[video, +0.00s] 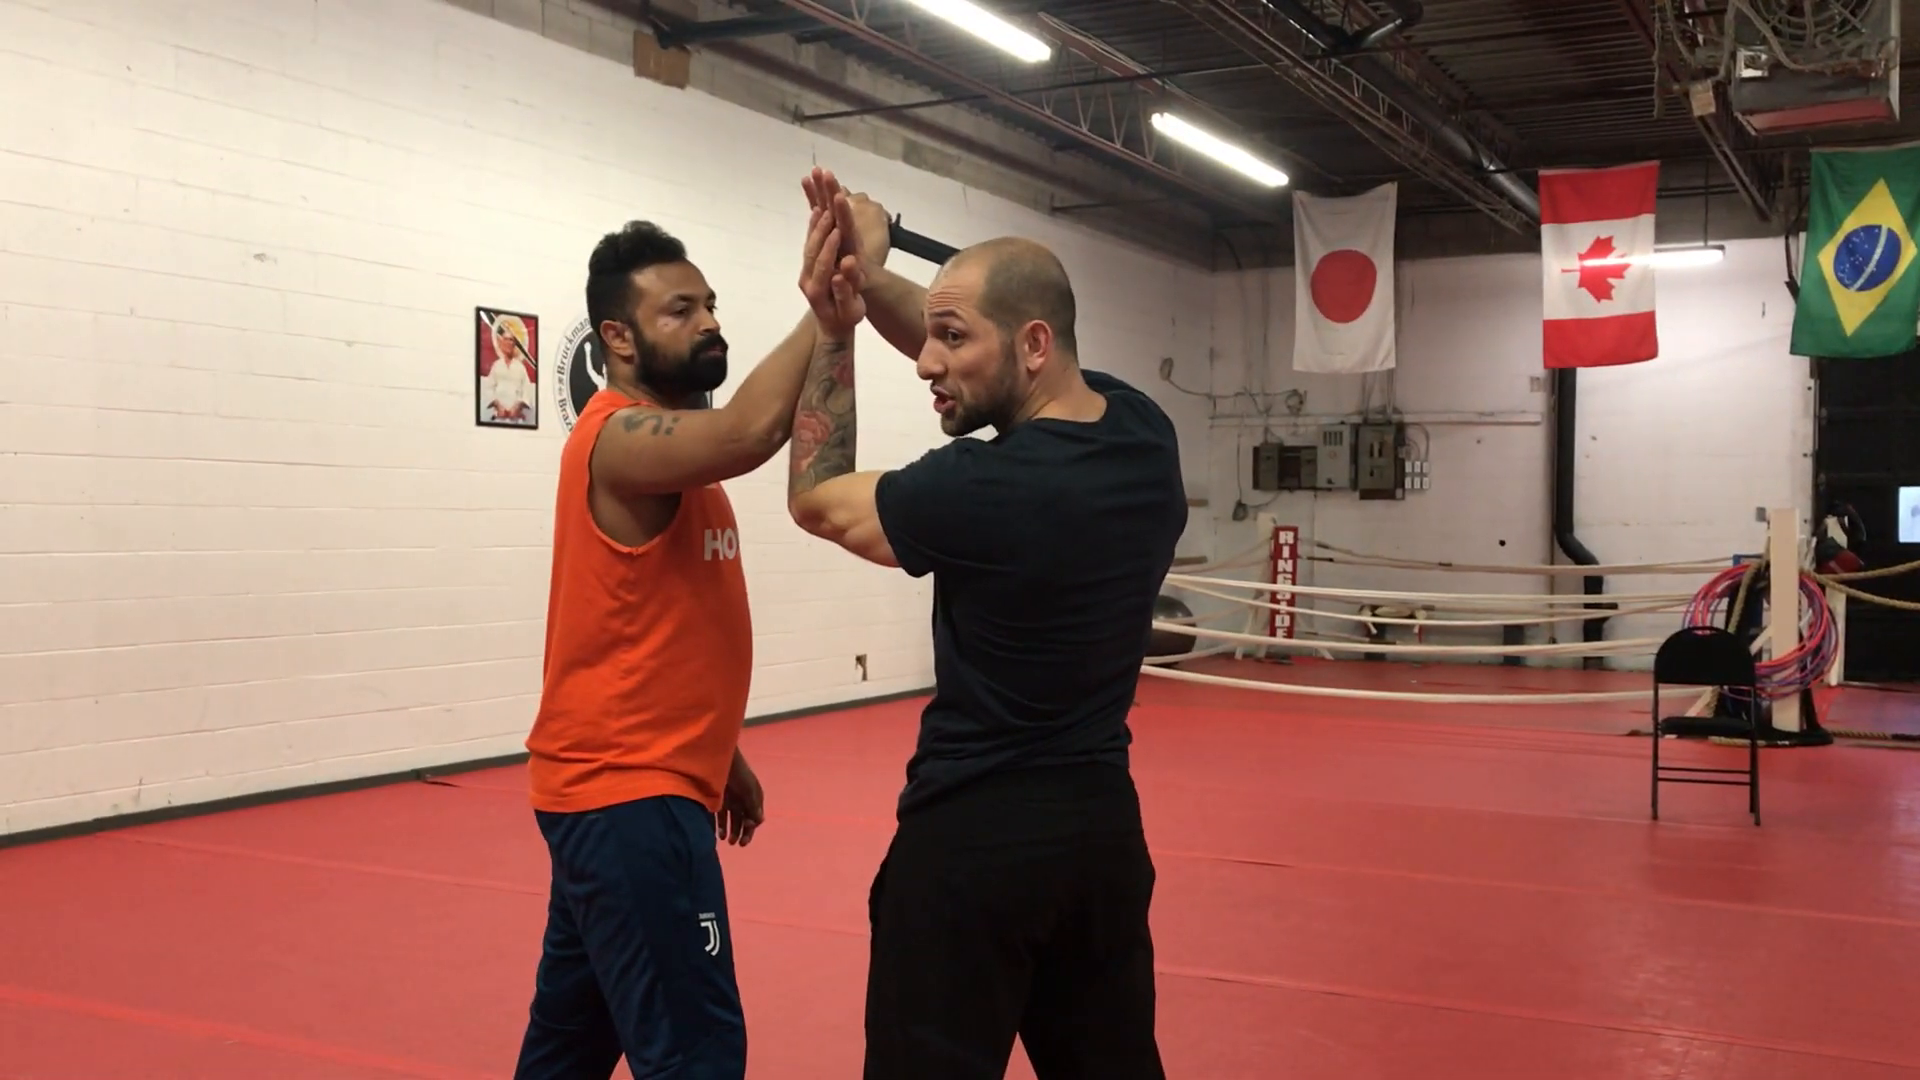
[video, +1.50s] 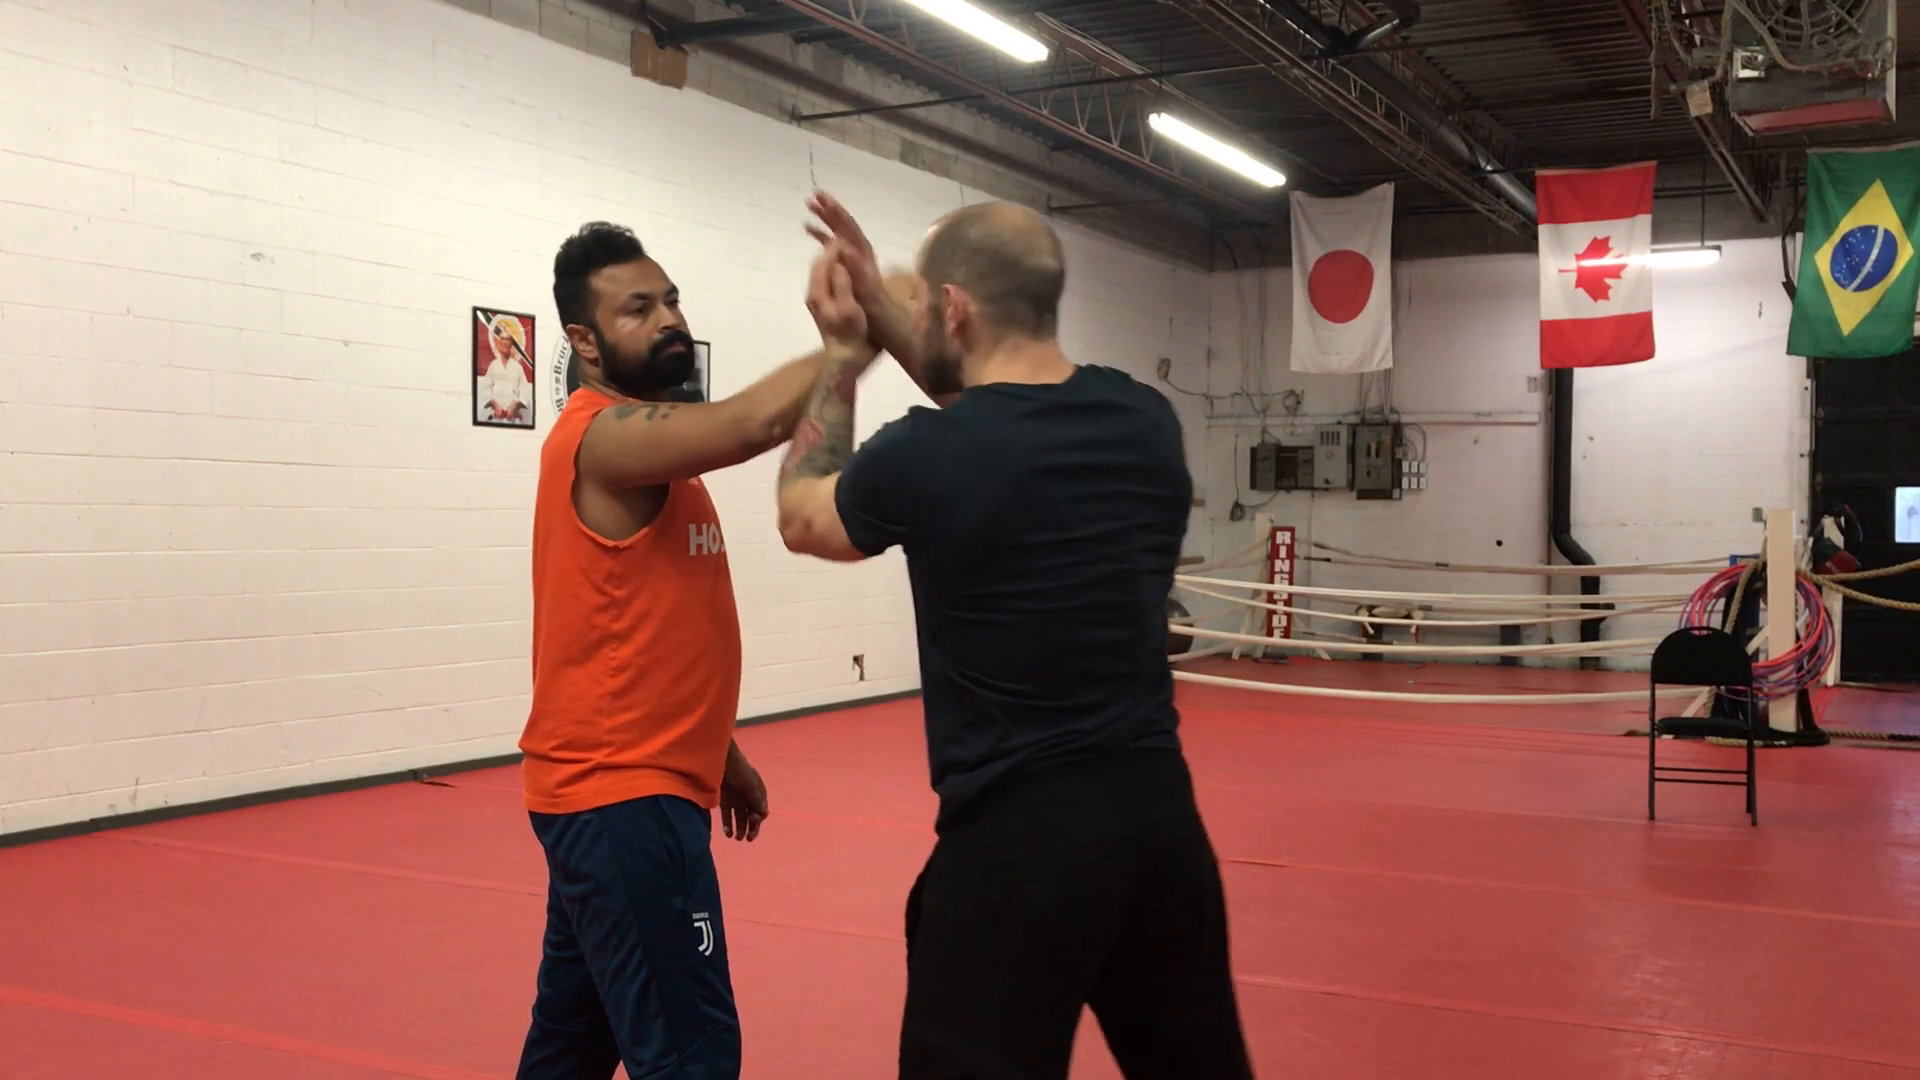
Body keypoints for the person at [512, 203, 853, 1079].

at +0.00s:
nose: (710, 327)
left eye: (709, 306)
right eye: (681, 311)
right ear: (616, 338)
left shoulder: (661, 430)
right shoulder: (620, 433)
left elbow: (650, 622)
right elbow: (744, 434)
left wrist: (718, 749)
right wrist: (823, 319)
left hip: (647, 782)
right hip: (621, 787)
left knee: (569, 1047)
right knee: (698, 1054)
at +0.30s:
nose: (705, 325)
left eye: (704, 306)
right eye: (676, 312)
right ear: (614, 338)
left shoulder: (655, 431)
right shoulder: (616, 432)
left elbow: (652, 624)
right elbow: (738, 436)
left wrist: (717, 750)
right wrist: (822, 316)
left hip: (644, 787)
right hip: (623, 793)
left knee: (565, 1049)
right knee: (696, 1054)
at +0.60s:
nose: (702, 327)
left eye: (702, 306)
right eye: (673, 312)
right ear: (610, 339)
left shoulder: (658, 433)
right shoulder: (613, 431)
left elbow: (649, 622)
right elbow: (738, 433)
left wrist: (719, 748)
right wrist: (818, 316)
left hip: (643, 785)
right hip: (618, 791)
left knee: (564, 1051)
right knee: (692, 1055)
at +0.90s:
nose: (695, 325)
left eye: (697, 304)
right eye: (664, 313)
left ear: (705, 308)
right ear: (608, 341)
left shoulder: (656, 435)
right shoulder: (616, 435)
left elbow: (650, 624)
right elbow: (742, 432)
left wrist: (717, 749)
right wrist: (820, 315)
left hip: (636, 787)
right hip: (621, 792)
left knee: (565, 1050)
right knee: (695, 1055)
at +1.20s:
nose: (686, 323)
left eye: (689, 302)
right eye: (654, 311)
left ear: (699, 306)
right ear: (601, 340)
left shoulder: (654, 435)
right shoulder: (611, 433)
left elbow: (649, 624)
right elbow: (738, 426)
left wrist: (714, 747)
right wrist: (817, 310)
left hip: (634, 787)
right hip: (620, 793)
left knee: (565, 1050)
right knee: (695, 1055)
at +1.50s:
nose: (669, 319)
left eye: (670, 301)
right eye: (637, 308)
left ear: (679, 305)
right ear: (585, 341)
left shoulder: (631, 432)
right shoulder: (606, 431)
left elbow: (641, 623)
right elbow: (749, 419)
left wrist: (719, 750)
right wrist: (848, 350)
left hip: (630, 788)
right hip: (619, 793)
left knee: (571, 1047)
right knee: (693, 1054)